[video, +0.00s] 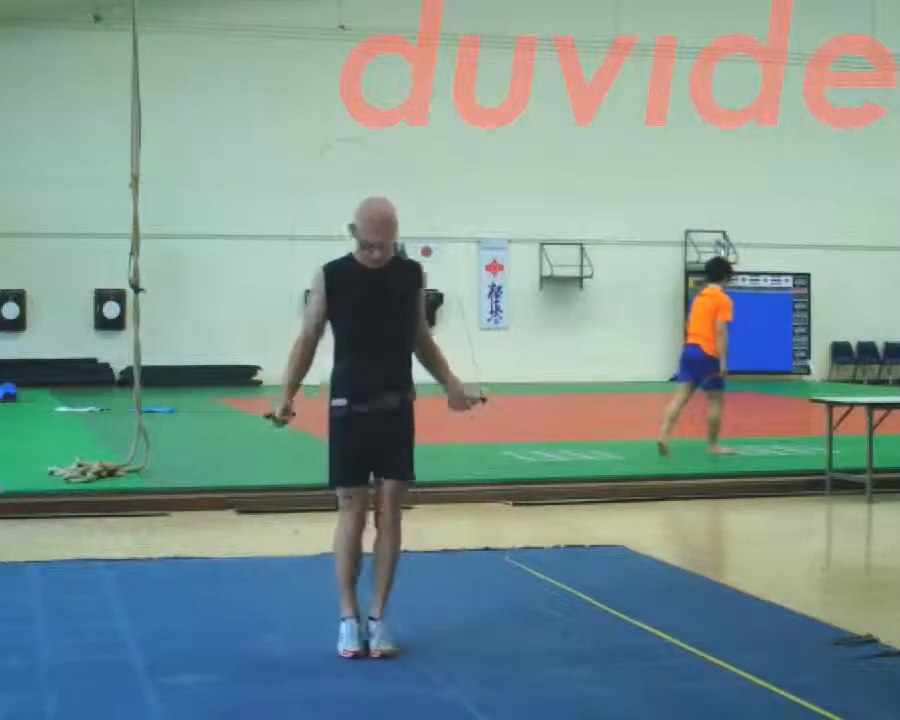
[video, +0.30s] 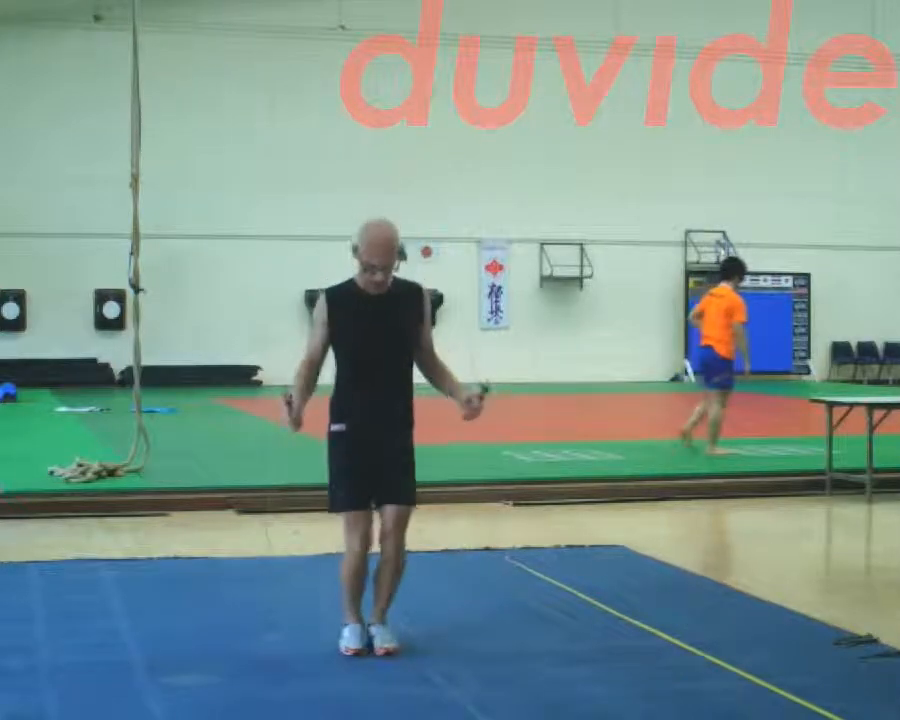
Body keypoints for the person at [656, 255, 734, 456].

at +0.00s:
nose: (730, 278)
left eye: (729, 275)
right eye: (729, 275)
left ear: (708, 275)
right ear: (725, 277)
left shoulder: (700, 297)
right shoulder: (723, 300)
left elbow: (692, 325)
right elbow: (720, 330)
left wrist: (691, 346)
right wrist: (723, 360)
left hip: (689, 349)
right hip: (708, 352)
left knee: (681, 395)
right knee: (715, 400)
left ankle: (663, 436)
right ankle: (713, 444)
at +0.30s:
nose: (742, 280)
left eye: (742, 276)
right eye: (742, 277)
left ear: (722, 274)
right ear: (738, 277)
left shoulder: (711, 294)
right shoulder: (735, 300)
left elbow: (693, 316)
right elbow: (737, 330)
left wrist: (708, 329)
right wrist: (746, 359)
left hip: (705, 348)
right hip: (721, 351)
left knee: (710, 396)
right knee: (719, 401)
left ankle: (688, 428)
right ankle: (713, 445)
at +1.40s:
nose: (811, 282)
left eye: (811, 278)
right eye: (811, 278)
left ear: (792, 277)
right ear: (805, 277)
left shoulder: (781, 299)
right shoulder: (805, 300)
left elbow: (779, 329)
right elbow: (808, 327)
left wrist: (778, 353)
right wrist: (813, 356)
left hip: (782, 351)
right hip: (799, 353)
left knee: (785, 395)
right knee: (807, 399)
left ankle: (765, 438)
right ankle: (817, 441)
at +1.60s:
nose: (821, 279)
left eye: (820, 276)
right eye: (820, 276)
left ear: (800, 275)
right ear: (817, 276)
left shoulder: (791, 298)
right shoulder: (816, 299)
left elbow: (785, 330)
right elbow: (823, 326)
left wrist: (782, 355)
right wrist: (831, 344)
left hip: (791, 349)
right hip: (809, 351)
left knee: (799, 393)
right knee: (813, 398)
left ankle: (782, 430)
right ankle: (817, 442)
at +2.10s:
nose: (824, 280)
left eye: (824, 276)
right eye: (823, 276)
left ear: (804, 275)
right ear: (818, 276)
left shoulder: (798, 296)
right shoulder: (818, 299)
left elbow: (797, 323)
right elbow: (822, 325)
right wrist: (829, 347)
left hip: (798, 348)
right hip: (814, 350)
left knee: (800, 395)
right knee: (816, 397)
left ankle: (796, 438)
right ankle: (817, 442)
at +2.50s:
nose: (827, 279)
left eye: (827, 275)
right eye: (826, 275)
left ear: (808, 275)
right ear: (821, 275)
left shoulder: (802, 295)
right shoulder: (820, 298)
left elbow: (801, 323)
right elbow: (824, 326)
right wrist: (832, 353)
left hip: (801, 348)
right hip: (815, 350)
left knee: (802, 394)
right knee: (818, 397)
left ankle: (797, 439)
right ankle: (818, 441)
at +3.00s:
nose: (840, 279)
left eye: (839, 275)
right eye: (839, 275)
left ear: (819, 275)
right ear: (835, 276)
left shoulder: (812, 296)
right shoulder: (829, 298)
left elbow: (805, 325)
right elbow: (832, 326)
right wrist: (837, 355)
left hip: (806, 349)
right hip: (820, 351)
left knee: (816, 398)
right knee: (818, 399)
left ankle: (811, 441)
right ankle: (812, 443)